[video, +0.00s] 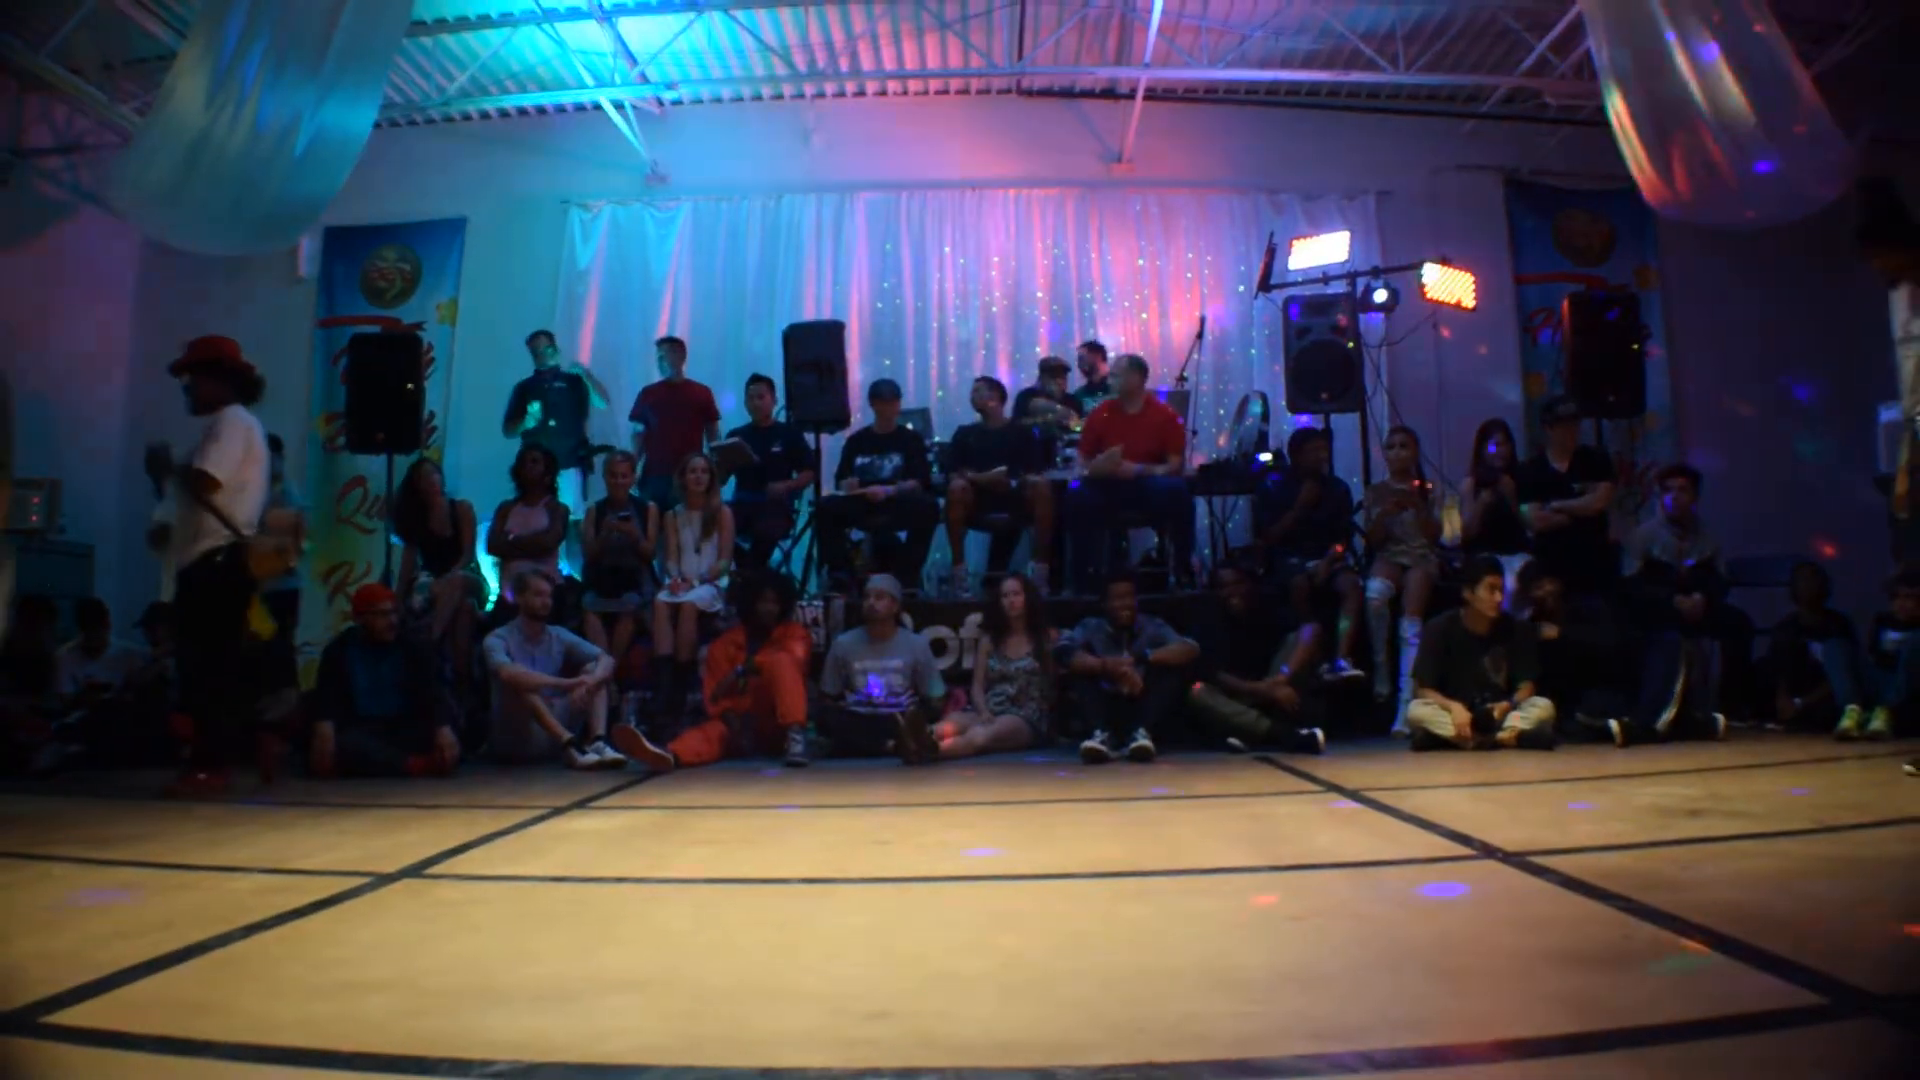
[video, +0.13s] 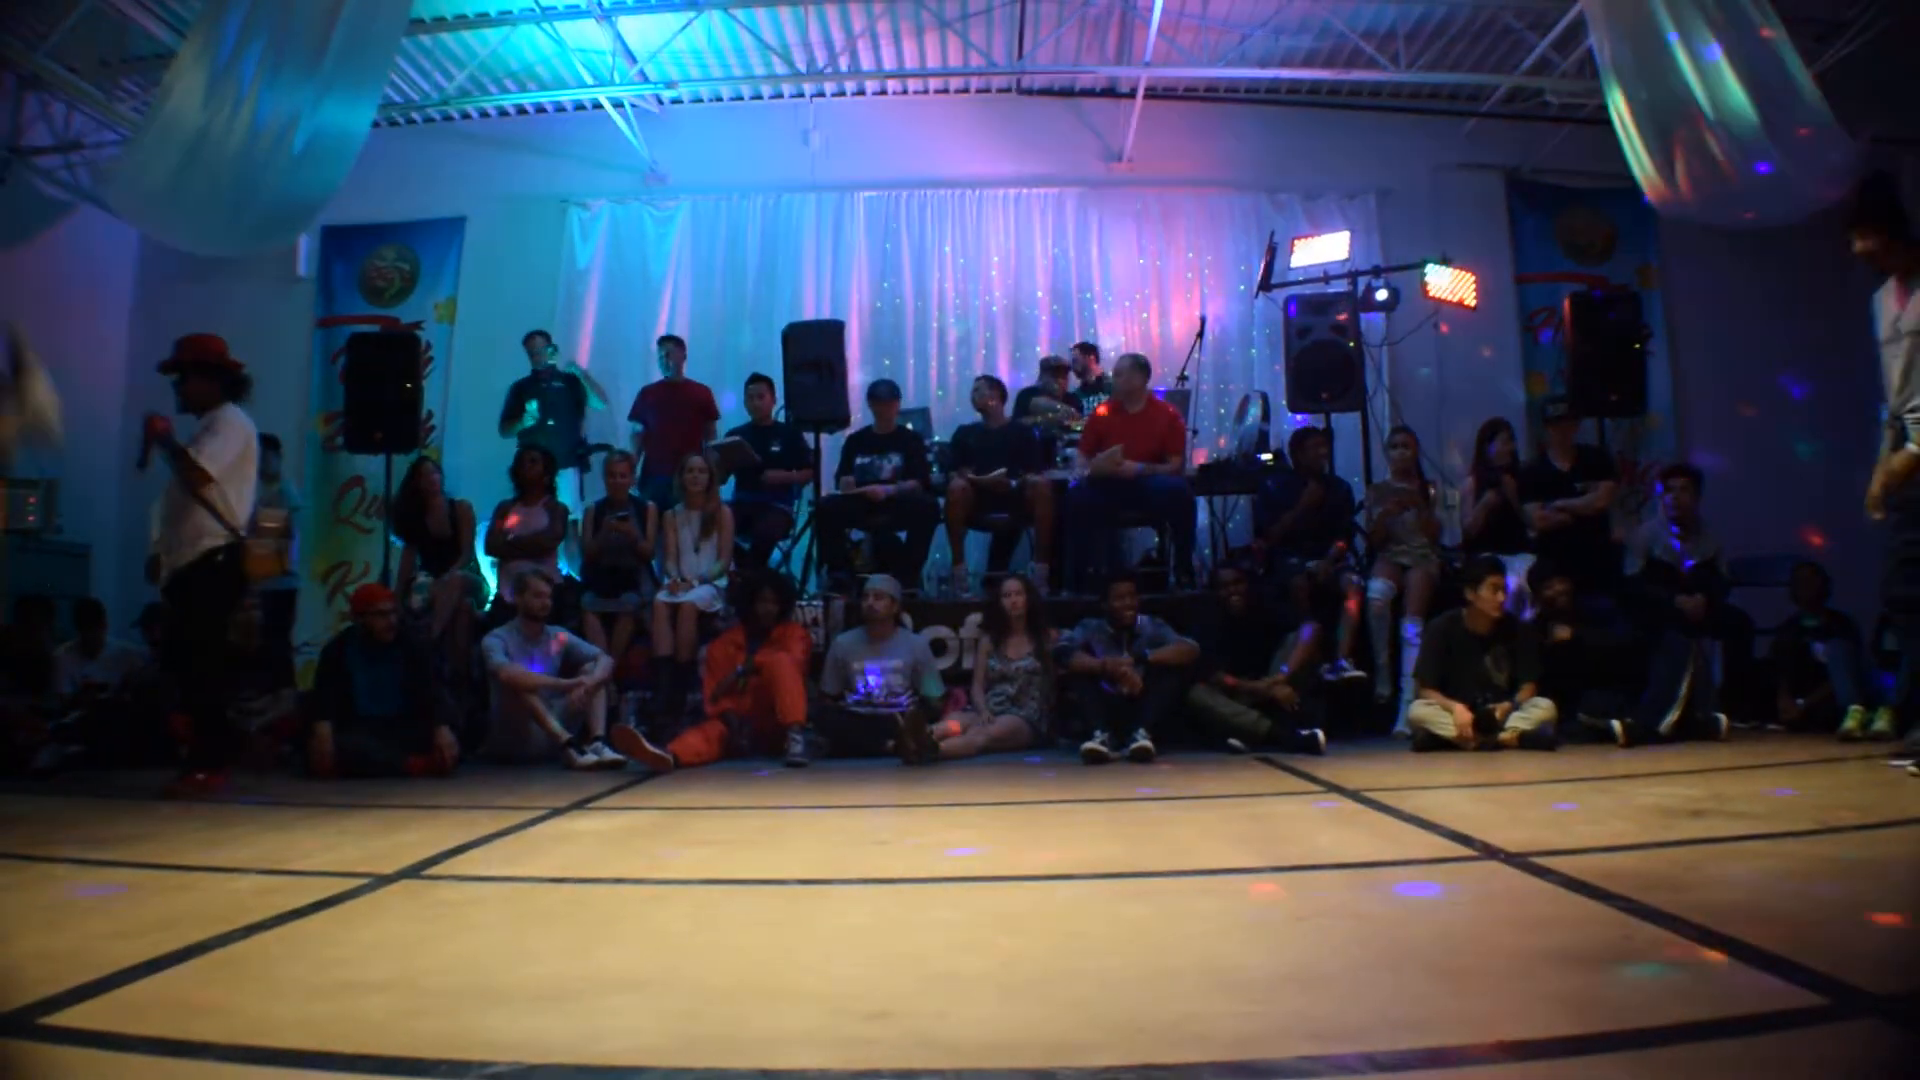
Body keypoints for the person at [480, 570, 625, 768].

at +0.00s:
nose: (546, 602)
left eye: (549, 596)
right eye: (539, 595)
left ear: (553, 598)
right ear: (519, 598)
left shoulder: (558, 635)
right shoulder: (498, 639)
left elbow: (607, 660)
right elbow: (508, 674)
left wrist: (590, 682)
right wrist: (569, 684)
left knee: (594, 669)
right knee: (520, 683)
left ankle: (598, 742)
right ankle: (569, 746)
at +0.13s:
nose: (546, 603)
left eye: (549, 597)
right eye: (538, 596)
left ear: (552, 598)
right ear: (519, 598)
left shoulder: (558, 636)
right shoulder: (496, 639)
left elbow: (606, 660)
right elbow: (506, 674)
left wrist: (589, 684)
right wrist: (568, 684)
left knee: (593, 669)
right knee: (518, 682)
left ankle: (598, 743)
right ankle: (568, 747)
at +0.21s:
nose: (546, 603)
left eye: (549, 597)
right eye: (538, 596)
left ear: (552, 598)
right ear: (518, 598)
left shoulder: (556, 635)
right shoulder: (496, 640)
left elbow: (606, 660)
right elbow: (506, 675)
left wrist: (588, 684)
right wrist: (568, 684)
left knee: (593, 669)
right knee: (518, 683)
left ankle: (598, 743)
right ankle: (568, 747)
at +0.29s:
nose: (547, 602)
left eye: (550, 595)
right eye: (539, 595)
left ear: (553, 597)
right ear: (518, 598)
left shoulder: (556, 635)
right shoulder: (497, 639)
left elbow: (606, 660)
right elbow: (506, 674)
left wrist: (588, 684)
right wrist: (567, 684)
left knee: (593, 670)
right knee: (518, 683)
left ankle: (597, 742)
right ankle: (567, 746)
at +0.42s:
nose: (548, 601)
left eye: (550, 595)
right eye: (539, 594)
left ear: (553, 597)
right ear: (519, 598)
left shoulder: (557, 635)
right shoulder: (497, 639)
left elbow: (605, 660)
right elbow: (506, 674)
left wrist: (589, 684)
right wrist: (567, 684)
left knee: (594, 671)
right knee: (519, 683)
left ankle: (598, 742)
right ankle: (567, 747)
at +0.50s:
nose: (548, 599)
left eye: (550, 593)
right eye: (540, 593)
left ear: (552, 596)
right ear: (519, 598)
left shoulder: (557, 635)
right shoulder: (497, 639)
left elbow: (606, 660)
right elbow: (507, 675)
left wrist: (588, 684)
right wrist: (569, 684)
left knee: (593, 670)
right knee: (519, 685)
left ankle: (597, 743)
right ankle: (568, 749)